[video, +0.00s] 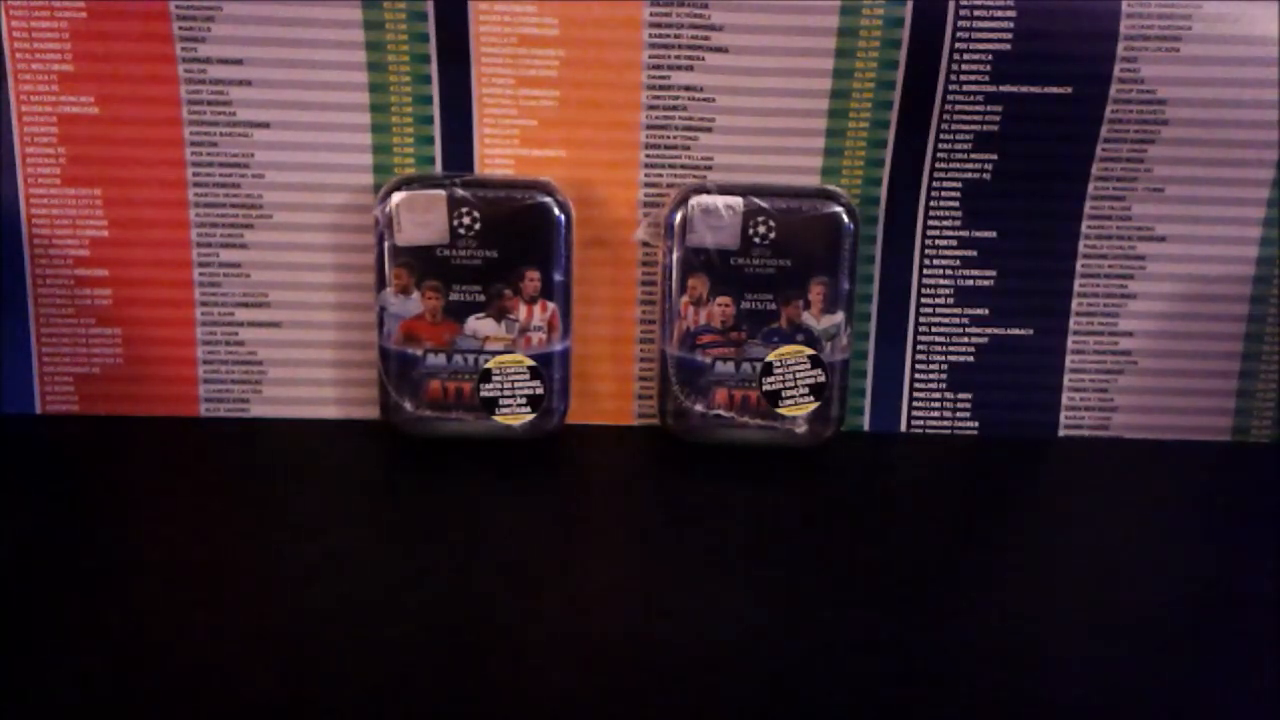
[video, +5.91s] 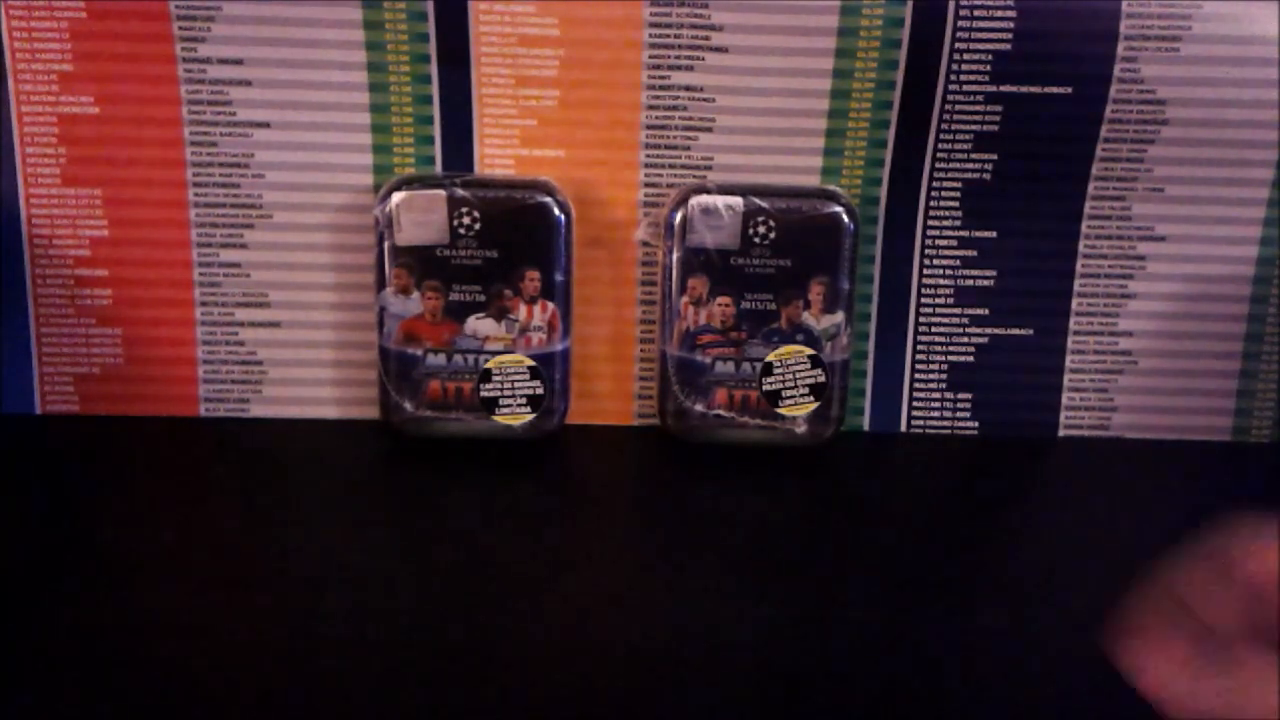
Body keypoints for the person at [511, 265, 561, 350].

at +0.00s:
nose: (536, 285)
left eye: (539, 281)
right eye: (531, 280)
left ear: (541, 283)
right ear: (521, 284)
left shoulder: (551, 308)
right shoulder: (511, 306)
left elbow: (556, 337)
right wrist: (521, 329)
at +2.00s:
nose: (536, 285)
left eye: (538, 281)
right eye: (531, 280)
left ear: (541, 283)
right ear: (521, 284)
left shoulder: (551, 308)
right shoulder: (511, 306)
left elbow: (556, 337)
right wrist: (520, 329)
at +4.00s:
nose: (536, 285)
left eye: (539, 281)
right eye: (531, 280)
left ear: (541, 283)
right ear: (521, 284)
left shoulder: (550, 308)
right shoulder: (513, 305)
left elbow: (556, 337)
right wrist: (520, 328)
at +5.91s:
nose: (536, 285)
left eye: (539, 281)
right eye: (531, 280)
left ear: (541, 283)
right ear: (521, 284)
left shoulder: (550, 308)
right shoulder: (512, 305)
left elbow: (556, 336)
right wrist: (520, 328)